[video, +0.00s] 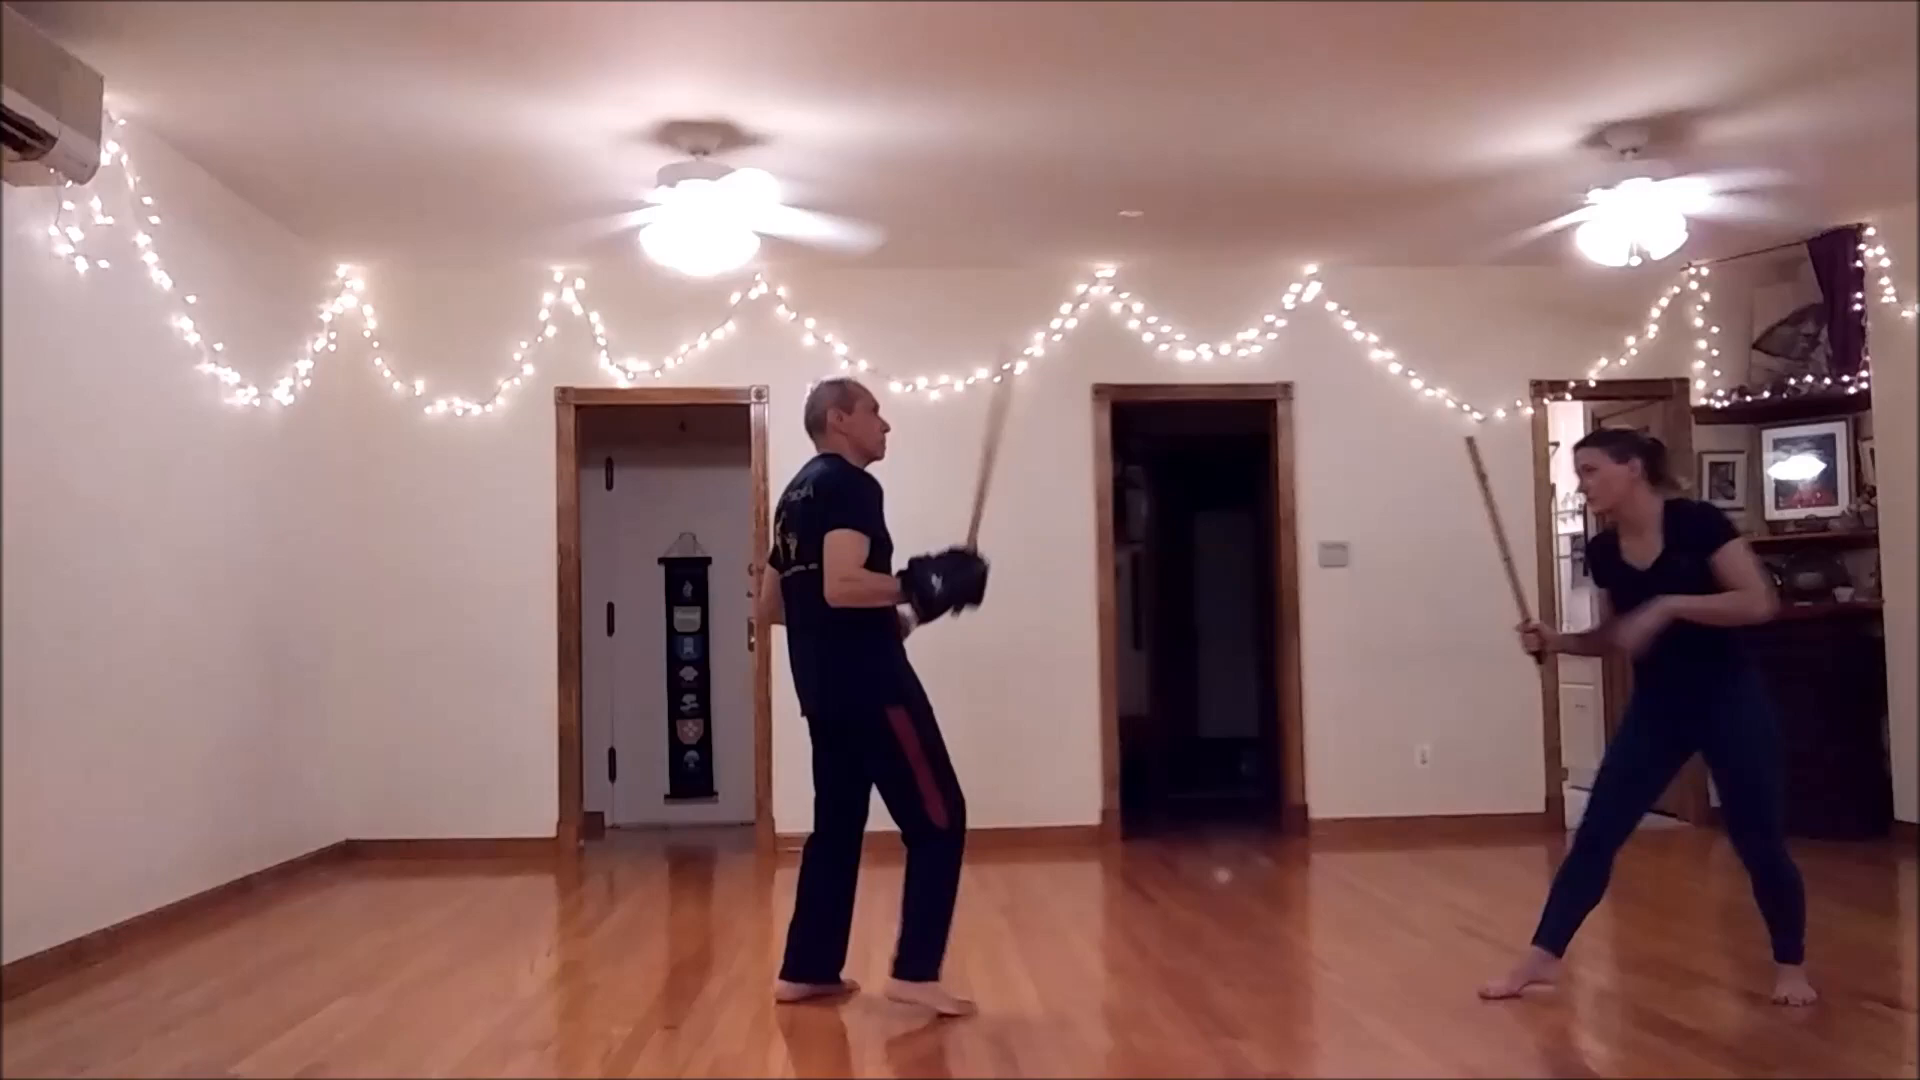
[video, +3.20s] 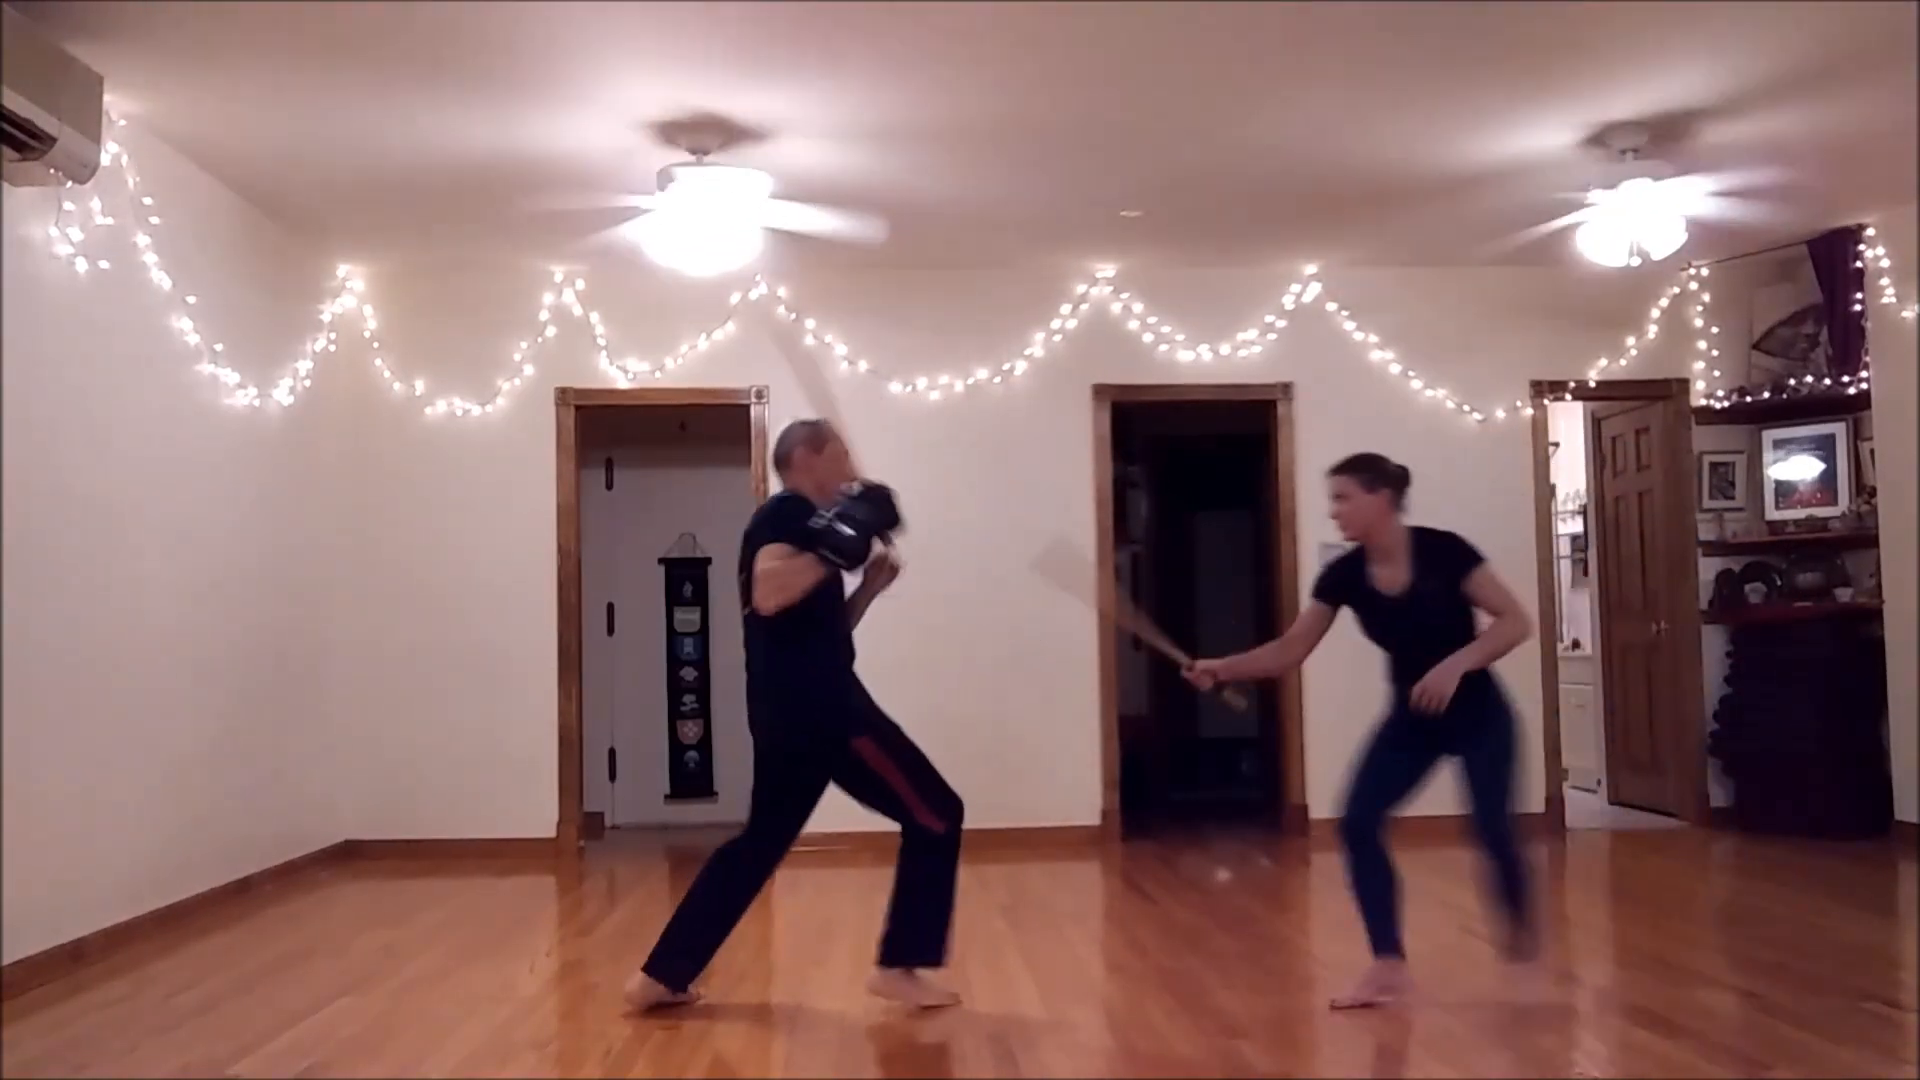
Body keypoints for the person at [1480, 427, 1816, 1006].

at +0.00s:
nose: (1583, 486)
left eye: (1590, 472)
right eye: (1579, 476)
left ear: (1632, 467)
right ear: (1606, 477)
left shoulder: (1696, 521)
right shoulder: (1604, 550)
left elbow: (1759, 601)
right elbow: (1615, 637)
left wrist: (1667, 606)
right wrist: (1555, 642)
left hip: (1731, 703)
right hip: (1660, 707)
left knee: (1758, 839)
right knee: (1598, 830)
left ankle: (1791, 966)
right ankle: (1542, 957)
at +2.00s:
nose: (1592, 493)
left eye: (1601, 480)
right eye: (1589, 482)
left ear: (1642, 480)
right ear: (1627, 485)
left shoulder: (1705, 535)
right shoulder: (1612, 548)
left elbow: (1775, 611)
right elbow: (1624, 629)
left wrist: (1684, 617)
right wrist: (1571, 634)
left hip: (1734, 707)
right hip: (1664, 707)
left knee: (1748, 838)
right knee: (1606, 821)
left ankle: (1788, 969)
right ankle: (1607, 960)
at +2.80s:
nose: (1567, 505)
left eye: (1575, 492)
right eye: (1563, 495)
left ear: (1616, 489)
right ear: (1608, 495)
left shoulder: (1684, 548)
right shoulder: (1582, 563)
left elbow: (1745, 627)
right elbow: (1579, 647)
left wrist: (1666, 644)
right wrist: (1528, 642)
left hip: (1699, 717)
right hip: (1627, 718)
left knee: (1736, 843)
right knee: (1547, 818)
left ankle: (1788, 960)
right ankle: (1569, 956)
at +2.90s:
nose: (1531, 519)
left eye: (1540, 505)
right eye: (1529, 508)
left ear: (1582, 503)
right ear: (1566, 509)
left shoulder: (1650, 563)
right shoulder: (1544, 580)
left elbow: (1682, 650)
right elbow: (1521, 665)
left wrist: (1595, 634)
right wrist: (1469, 647)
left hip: (1664, 739)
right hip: (1593, 741)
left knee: (1723, 855)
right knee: (1499, 825)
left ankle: (1790, 960)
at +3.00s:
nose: (1464, 515)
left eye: (1473, 502)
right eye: (1459, 506)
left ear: (1510, 501)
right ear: (1468, 515)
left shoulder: (1567, 558)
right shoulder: (1470, 583)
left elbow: (1613, 634)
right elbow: (1431, 665)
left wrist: (1524, 612)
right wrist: (1369, 645)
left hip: (1600, 736)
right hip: (1528, 741)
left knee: (1686, 840)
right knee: (1437, 828)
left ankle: (1781, 950)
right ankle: (1393, 963)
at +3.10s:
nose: (1382, 515)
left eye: (1393, 502)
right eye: (1380, 504)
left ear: (1432, 504)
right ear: (1397, 515)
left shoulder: (1490, 555)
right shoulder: (1390, 585)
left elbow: (1557, 625)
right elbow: (1324, 652)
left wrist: (1482, 637)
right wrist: (1253, 653)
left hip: (1535, 725)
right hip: (1466, 734)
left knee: (1600, 843)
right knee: (1397, 830)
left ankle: (1695, 936)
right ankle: (1396, 974)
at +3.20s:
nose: (1334, 512)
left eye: (1343, 499)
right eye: (1332, 501)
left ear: (1384, 498)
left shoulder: (1443, 552)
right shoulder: (1344, 576)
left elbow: (1517, 621)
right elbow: (1288, 652)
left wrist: (1454, 665)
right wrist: (1221, 669)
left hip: (1477, 710)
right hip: (1413, 714)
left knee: (1494, 827)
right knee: (1358, 822)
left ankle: (1522, 945)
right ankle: (1389, 965)